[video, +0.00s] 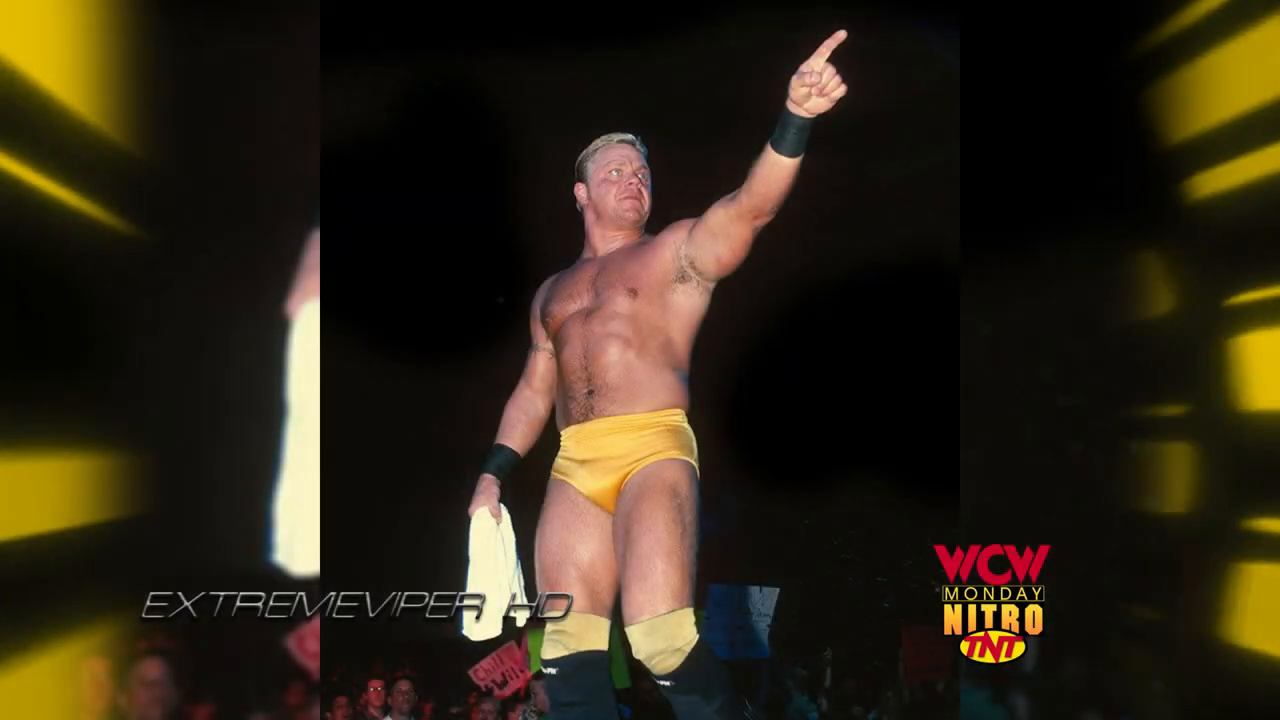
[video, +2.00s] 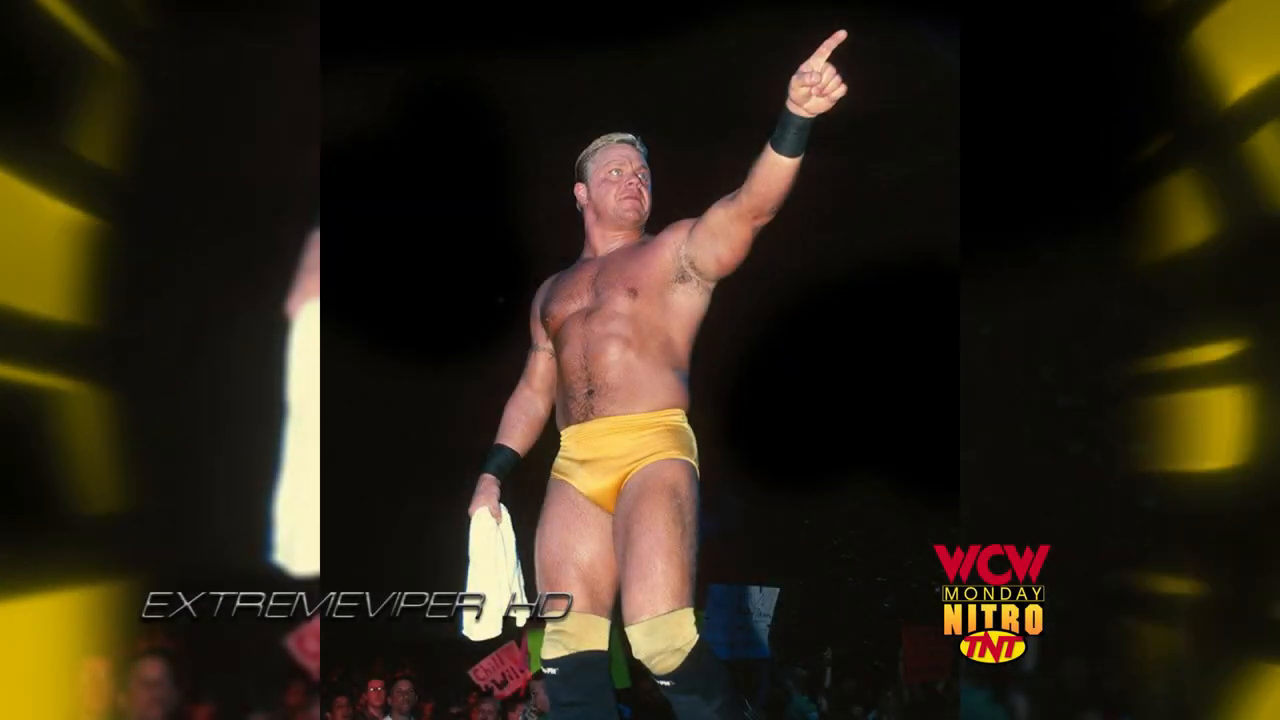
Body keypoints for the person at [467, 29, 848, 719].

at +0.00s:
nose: (632, 180)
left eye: (640, 172)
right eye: (614, 170)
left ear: (650, 194)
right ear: (581, 193)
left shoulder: (679, 254)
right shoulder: (553, 296)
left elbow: (752, 204)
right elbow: (534, 394)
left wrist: (797, 115)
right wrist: (490, 477)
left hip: (656, 448)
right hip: (576, 462)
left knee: (659, 635)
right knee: (568, 646)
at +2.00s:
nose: (632, 180)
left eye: (640, 172)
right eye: (614, 171)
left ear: (651, 193)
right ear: (581, 193)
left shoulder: (680, 254)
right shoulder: (553, 296)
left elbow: (752, 204)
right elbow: (534, 394)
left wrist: (797, 115)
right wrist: (490, 477)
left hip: (656, 448)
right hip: (576, 462)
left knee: (659, 635)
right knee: (568, 646)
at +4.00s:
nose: (632, 180)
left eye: (640, 172)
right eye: (614, 171)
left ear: (651, 193)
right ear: (581, 193)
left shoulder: (680, 254)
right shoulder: (553, 296)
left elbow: (752, 204)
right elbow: (534, 394)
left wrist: (797, 115)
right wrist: (490, 477)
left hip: (656, 448)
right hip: (576, 462)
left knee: (659, 635)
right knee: (568, 646)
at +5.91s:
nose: (632, 179)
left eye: (640, 172)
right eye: (615, 170)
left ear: (650, 194)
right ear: (581, 193)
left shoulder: (680, 254)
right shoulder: (552, 296)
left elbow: (753, 203)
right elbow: (534, 394)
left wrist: (797, 116)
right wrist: (490, 478)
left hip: (656, 448)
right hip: (575, 462)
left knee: (660, 636)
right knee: (568, 647)